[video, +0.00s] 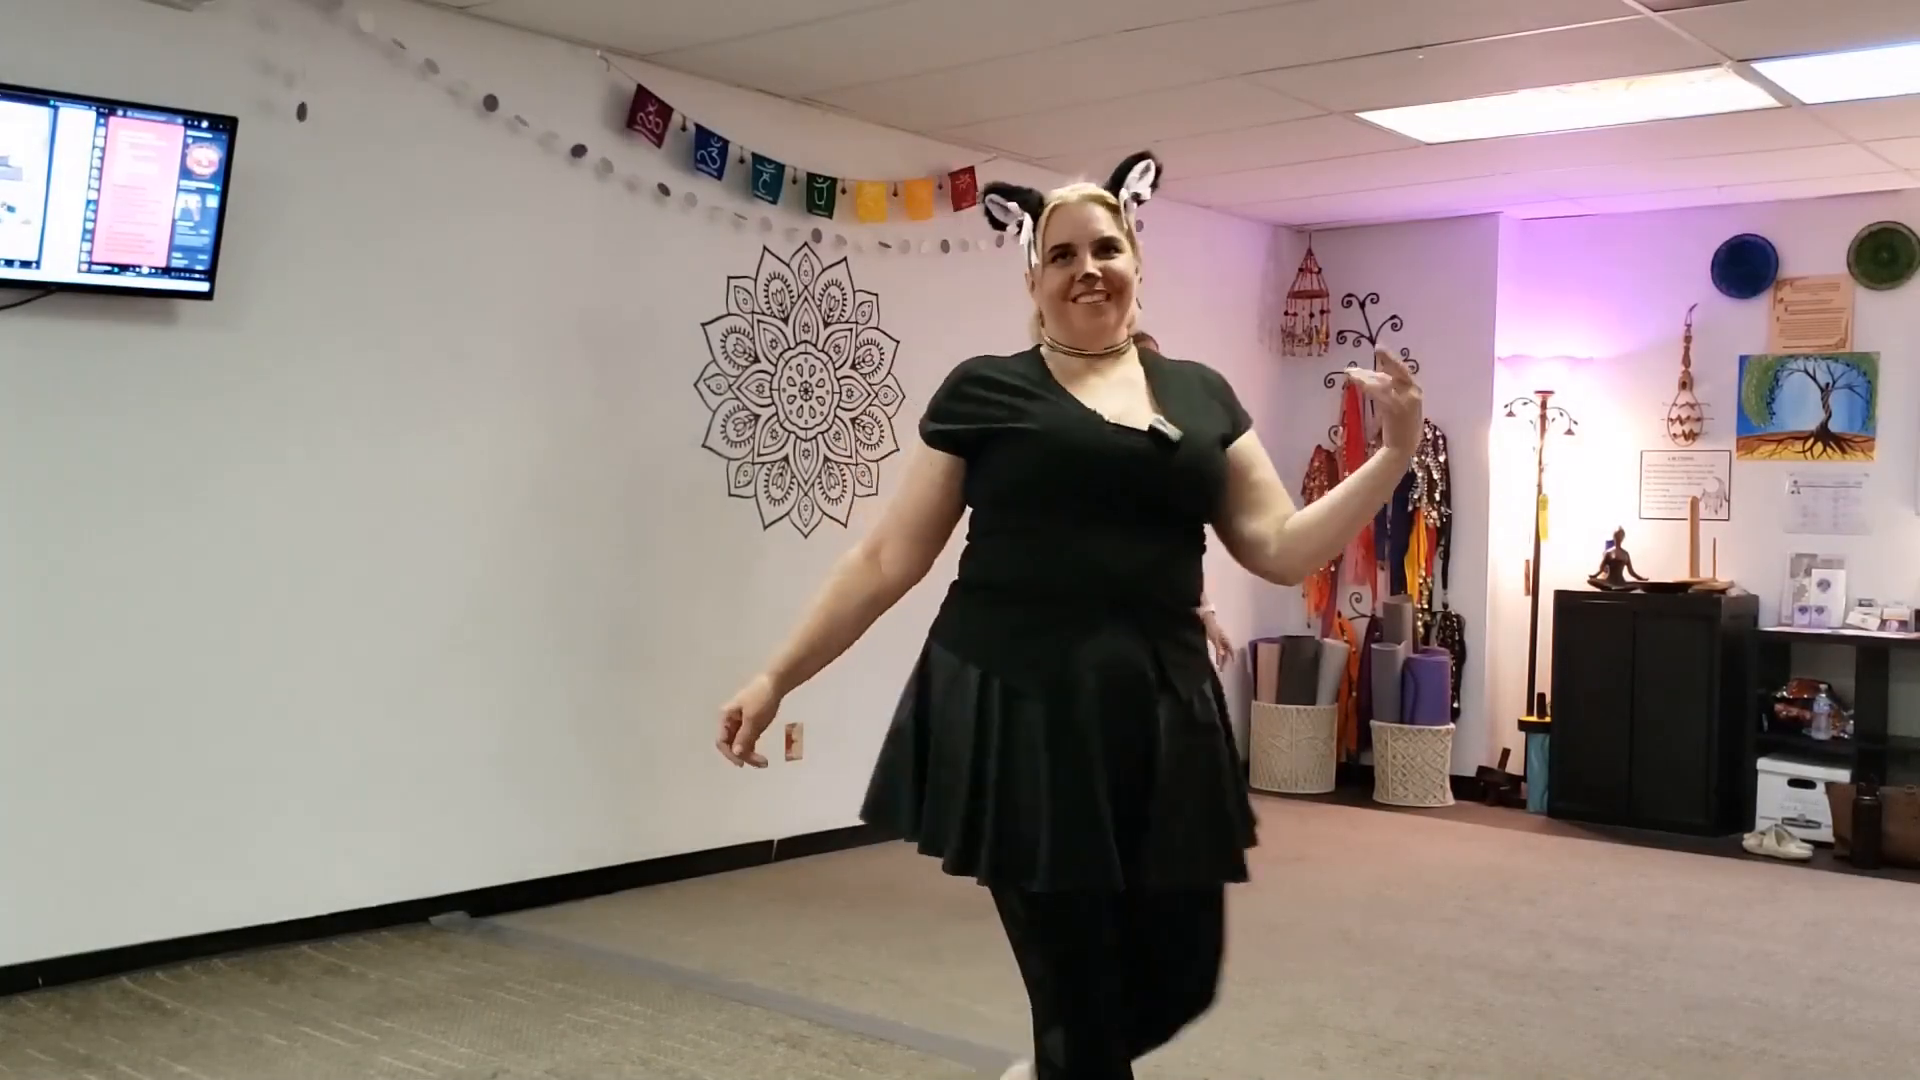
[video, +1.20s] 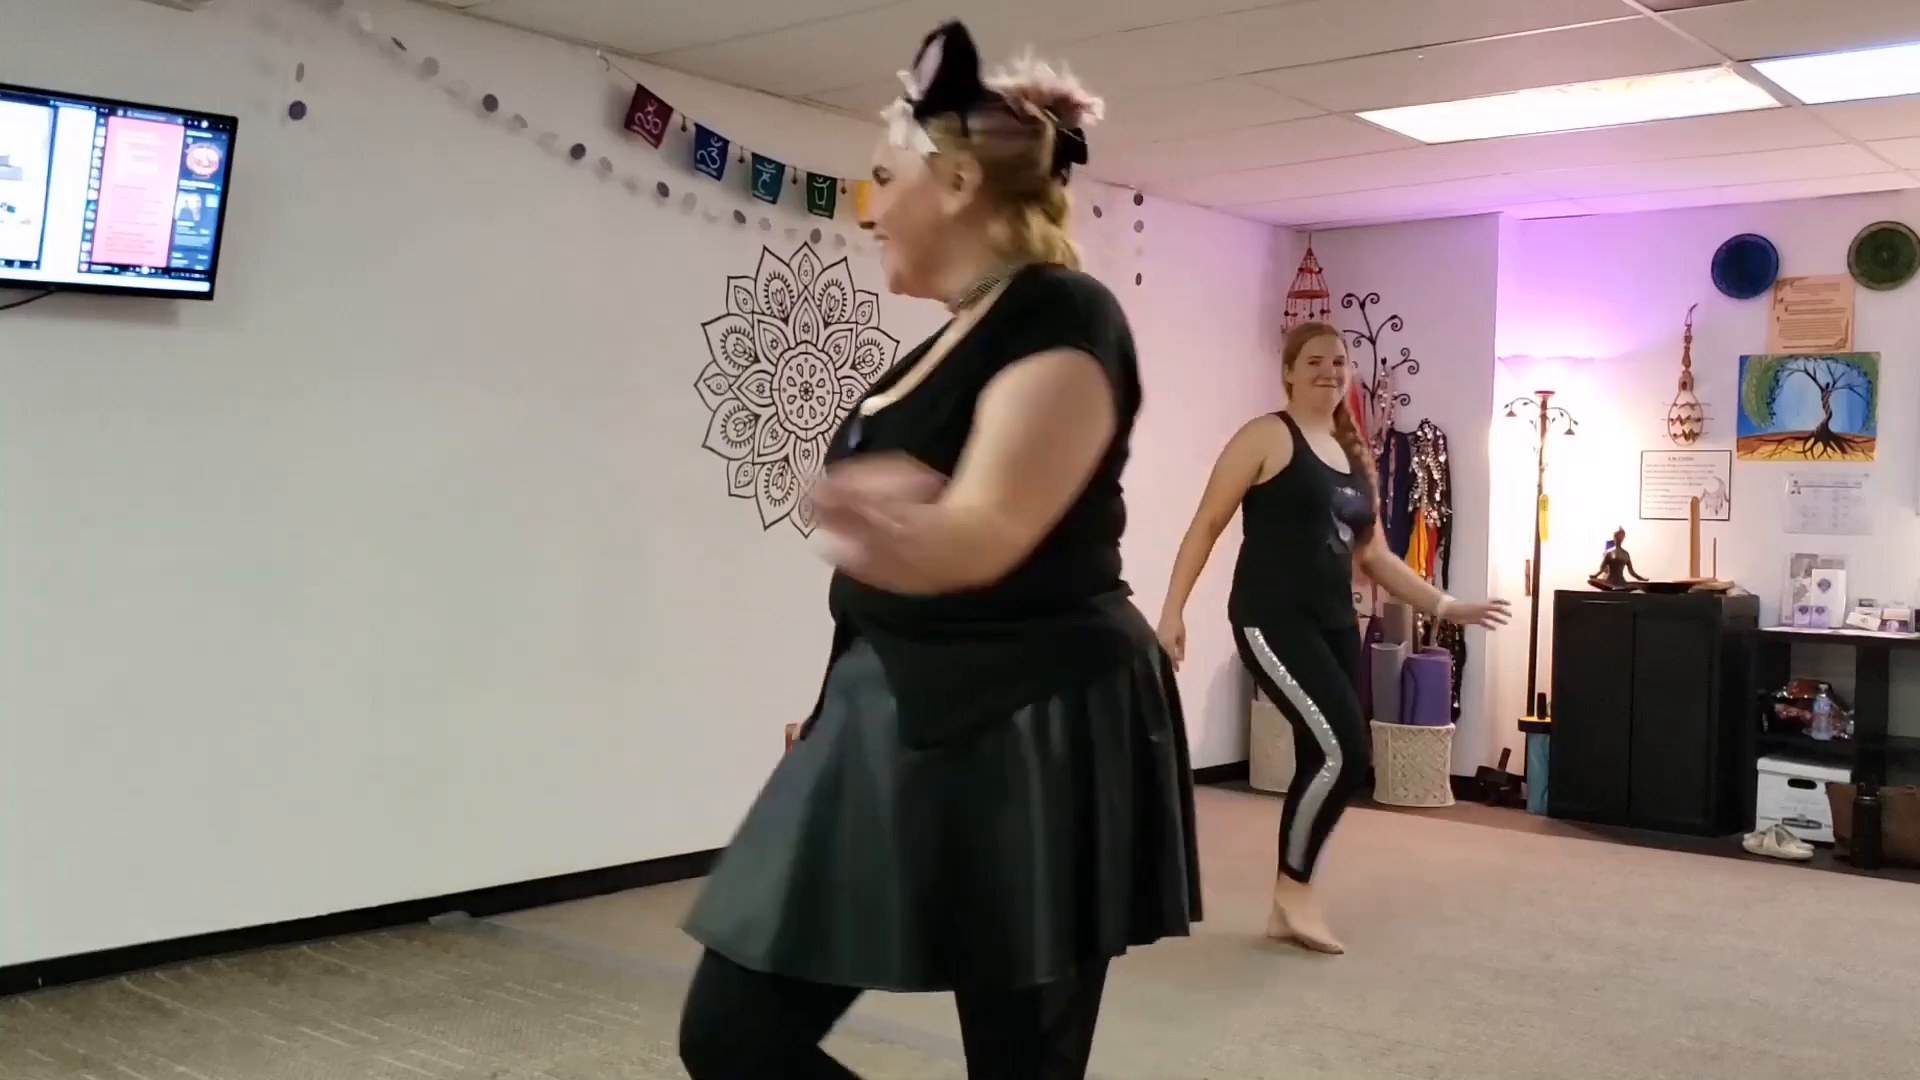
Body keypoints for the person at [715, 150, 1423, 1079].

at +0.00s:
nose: (1088, 268)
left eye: (1106, 248)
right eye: (1063, 254)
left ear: (1138, 267)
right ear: (1032, 282)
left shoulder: (1197, 397)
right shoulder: (988, 393)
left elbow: (1281, 551)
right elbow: (886, 557)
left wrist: (1395, 457)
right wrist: (773, 680)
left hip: (1159, 717)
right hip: (1012, 718)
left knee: (1180, 979)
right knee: (1079, 1006)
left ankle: (1054, 1063)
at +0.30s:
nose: (1081, 243)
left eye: (1108, 227)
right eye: (1061, 225)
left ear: (1150, 253)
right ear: (1037, 249)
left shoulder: (1214, 364)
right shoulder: (983, 377)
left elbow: (1299, 534)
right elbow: (894, 550)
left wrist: (1424, 547)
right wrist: (766, 637)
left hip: (1180, 718)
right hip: (1024, 721)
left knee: (1168, 996)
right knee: (1073, 1008)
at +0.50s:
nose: (1054, 222)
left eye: (1086, 201)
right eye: (1042, 206)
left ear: (1148, 224)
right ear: (1029, 234)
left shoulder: (1219, 369)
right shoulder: (989, 367)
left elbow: (1286, 569)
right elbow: (918, 551)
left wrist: (1374, 699)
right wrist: (803, 641)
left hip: (1164, 749)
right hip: (1010, 748)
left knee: (1103, 1047)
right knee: (1061, 1041)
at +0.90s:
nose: (979, 217)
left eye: (1008, 192)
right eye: (975, 199)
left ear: (1102, 200)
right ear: (973, 216)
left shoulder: (1181, 365)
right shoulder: (962, 356)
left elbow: (1233, 605)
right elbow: (912, 561)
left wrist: (1335, 783)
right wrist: (804, 685)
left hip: (1082, 771)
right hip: (921, 764)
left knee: (1061, 1057)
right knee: (944, 1056)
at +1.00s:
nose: (944, 228)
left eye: (973, 199)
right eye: (946, 204)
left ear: (1072, 207)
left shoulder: (1156, 365)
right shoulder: (950, 366)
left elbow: (1188, 593)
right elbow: (934, 592)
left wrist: (1282, 741)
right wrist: (848, 711)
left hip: (1071, 773)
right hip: (907, 762)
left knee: (1060, 1060)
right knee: (866, 1059)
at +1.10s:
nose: (905, 233)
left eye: (925, 201)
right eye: (907, 207)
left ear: (1014, 201)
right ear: (1007, 206)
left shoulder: (1115, 346)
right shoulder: (961, 349)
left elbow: (1095, 546)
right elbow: (915, 553)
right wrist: (857, 710)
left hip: (1040, 729)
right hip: (892, 723)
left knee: (1039, 1057)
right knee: (790, 1052)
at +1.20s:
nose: (870, 208)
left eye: (884, 178)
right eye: (872, 182)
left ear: (956, 181)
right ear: (959, 184)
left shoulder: (1067, 318)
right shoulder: (937, 347)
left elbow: (980, 540)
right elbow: (877, 559)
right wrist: (834, 710)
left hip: (1038, 719)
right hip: (892, 713)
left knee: (1024, 1058)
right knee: (734, 1034)